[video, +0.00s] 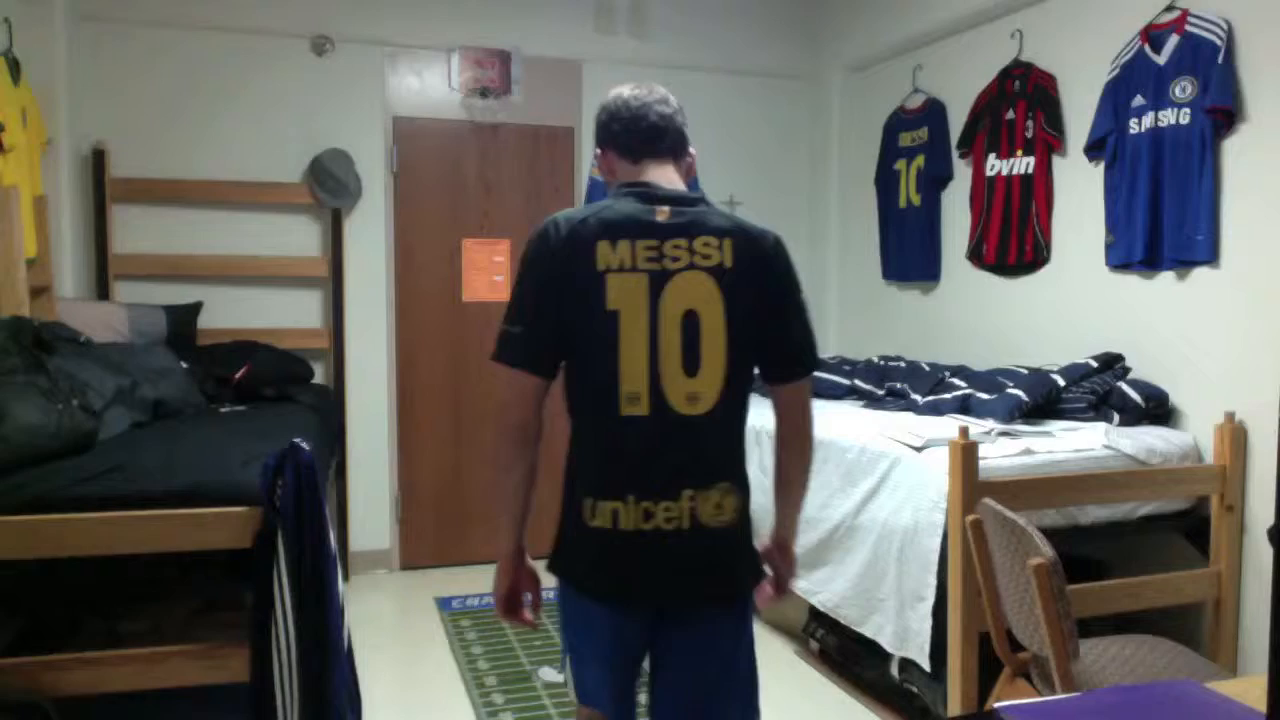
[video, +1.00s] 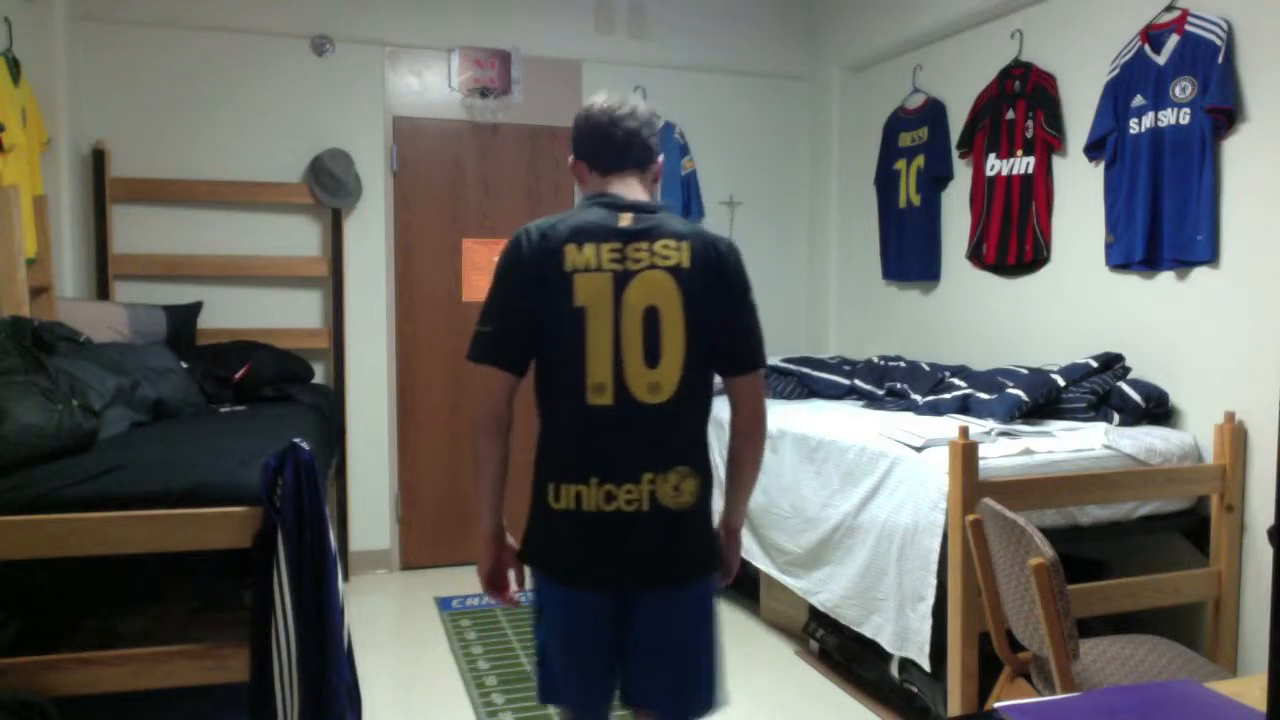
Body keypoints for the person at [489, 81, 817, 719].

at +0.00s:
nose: (598, 171)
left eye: (598, 159)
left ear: (604, 159)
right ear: (690, 156)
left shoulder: (564, 241)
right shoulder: (755, 248)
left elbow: (519, 413)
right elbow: (795, 412)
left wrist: (513, 553)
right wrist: (784, 536)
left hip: (600, 553)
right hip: (712, 553)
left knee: (598, 709)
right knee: (710, 710)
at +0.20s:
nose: (602, 174)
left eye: (602, 163)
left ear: (608, 161)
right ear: (692, 160)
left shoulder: (574, 240)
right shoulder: (761, 250)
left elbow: (532, 421)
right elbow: (799, 425)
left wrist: (516, 561)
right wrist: (785, 556)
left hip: (608, 556)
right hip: (719, 558)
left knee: (603, 711)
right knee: (714, 711)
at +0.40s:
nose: (599, 179)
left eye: (599, 169)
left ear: (605, 166)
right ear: (689, 166)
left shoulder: (572, 241)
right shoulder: (754, 254)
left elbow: (530, 419)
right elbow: (789, 423)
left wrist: (514, 559)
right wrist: (773, 562)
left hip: (603, 554)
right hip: (712, 557)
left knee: (607, 709)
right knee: (708, 709)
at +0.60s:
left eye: (586, 169)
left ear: (588, 173)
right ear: (667, 170)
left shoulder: (549, 245)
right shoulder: (729, 252)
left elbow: (512, 411)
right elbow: (764, 414)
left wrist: (500, 548)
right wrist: (749, 536)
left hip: (587, 547)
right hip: (696, 546)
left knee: (591, 708)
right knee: (694, 709)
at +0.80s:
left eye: (583, 156)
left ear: (584, 164)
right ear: (665, 162)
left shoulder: (545, 247)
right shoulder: (722, 254)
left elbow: (502, 405)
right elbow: (759, 412)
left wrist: (492, 531)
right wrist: (731, 522)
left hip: (581, 542)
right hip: (690, 542)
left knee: (578, 708)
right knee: (687, 709)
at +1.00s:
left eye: (573, 161)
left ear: (576, 165)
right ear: (656, 167)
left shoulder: (535, 249)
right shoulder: (710, 253)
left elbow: (492, 403)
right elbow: (750, 408)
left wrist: (491, 529)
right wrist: (732, 525)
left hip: (570, 537)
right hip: (674, 538)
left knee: (579, 707)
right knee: (667, 709)